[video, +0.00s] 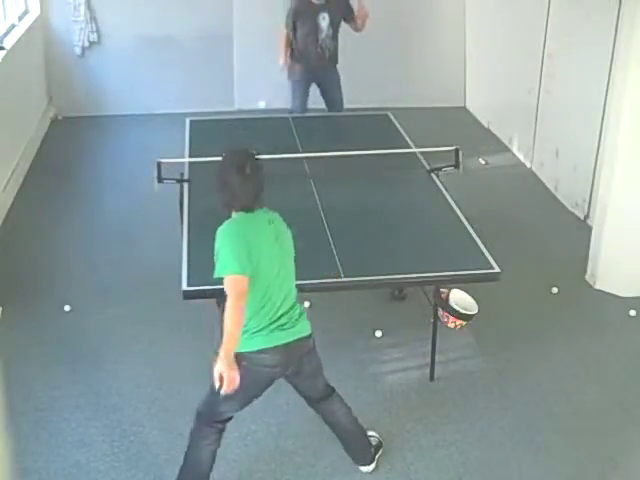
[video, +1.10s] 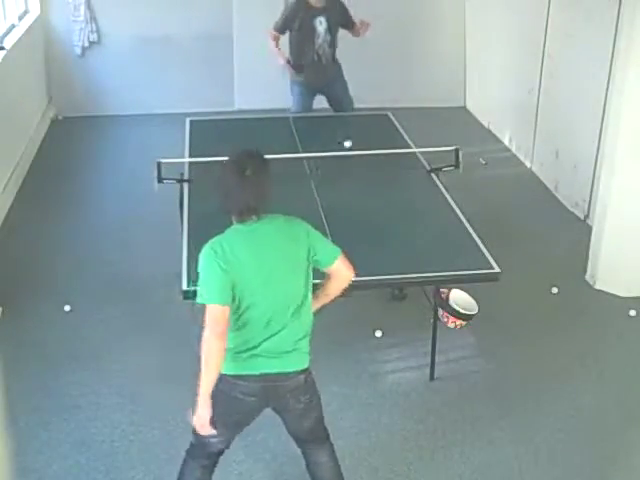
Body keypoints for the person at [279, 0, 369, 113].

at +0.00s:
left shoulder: (339, 3)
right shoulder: (298, 4)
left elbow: (357, 27)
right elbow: (288, 32)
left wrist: (361, 19)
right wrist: (285, 58)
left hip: (327, 66)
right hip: (300, 65)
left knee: (337, 110)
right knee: (298, 110)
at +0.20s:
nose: (310, 3)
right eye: (307, 0)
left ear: (320, 0)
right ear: (303, 1)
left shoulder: (332, 11)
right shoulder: (292, 17)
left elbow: (349, 35)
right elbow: (280, 55)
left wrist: (359, 39)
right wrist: (304, 71)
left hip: (325, 75)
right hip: (297, 75)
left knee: (332, 119)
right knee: (297, 118)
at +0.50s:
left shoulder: (321, 3)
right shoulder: (281, 6)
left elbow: (334, 20)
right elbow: (266, 43)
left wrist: (350, 24)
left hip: (315, 66)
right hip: (288, 68)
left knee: (324, 113)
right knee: (289, 114)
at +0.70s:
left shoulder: (323, 1)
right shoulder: (280, 2)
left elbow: (337, 18)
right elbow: (257, 22)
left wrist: (353, 15)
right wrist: (238, 31)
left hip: (316, 73)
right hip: (290, 74)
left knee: (323, 120)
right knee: (289, 120)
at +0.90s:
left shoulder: (327, 2)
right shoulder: (285, 3)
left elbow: (339, 21)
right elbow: (268, 27)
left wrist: (353, 19)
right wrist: (252, 46)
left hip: (321, 71)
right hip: (294, 72)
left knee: (334, 117)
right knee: (290, 121)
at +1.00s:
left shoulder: (331, 3)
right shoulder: (289, 4)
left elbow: (347, 24)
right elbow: (269, 28)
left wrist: (355, 22)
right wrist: (266, 47)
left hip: (325, 71)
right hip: (298, 71)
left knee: (341, 116)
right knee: (295, 118)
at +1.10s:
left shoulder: (336, 5)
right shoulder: (295, 6)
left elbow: (353, 30)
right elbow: (274, 35)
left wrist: (359, 30)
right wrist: (282, 58)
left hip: (330, 72)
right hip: (302, 73)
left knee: (347, 112)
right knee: (300, 116)